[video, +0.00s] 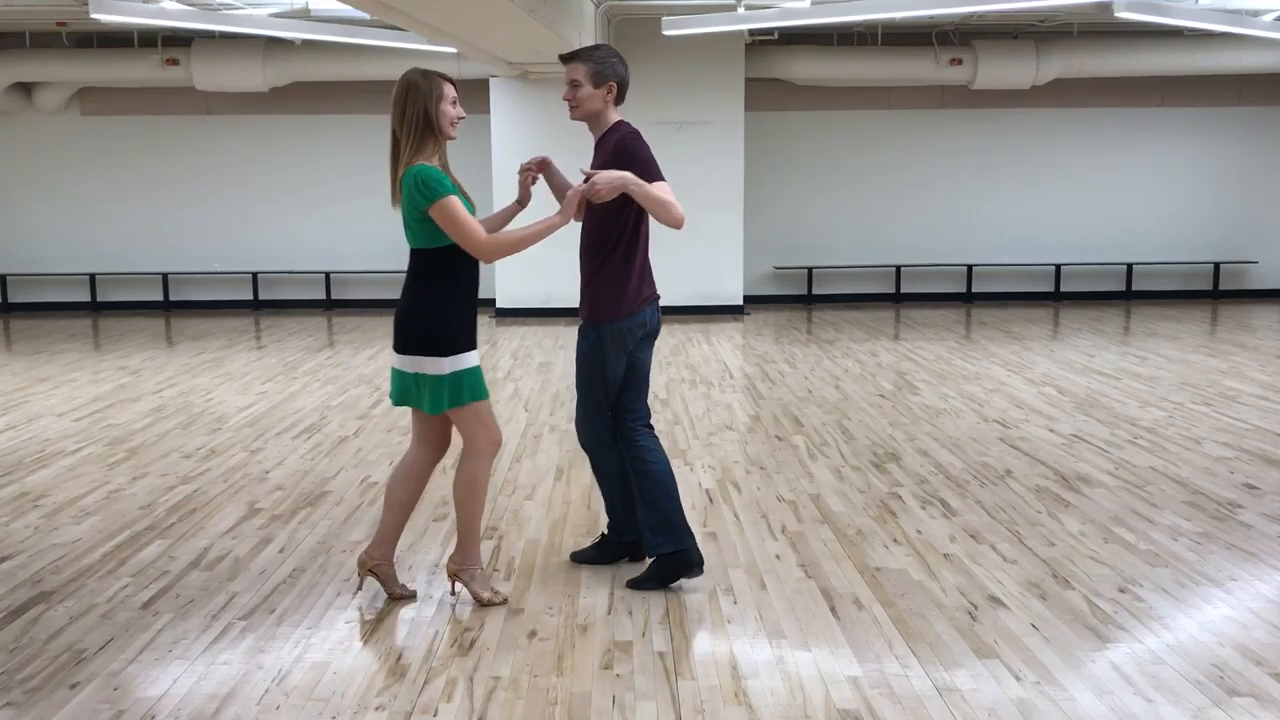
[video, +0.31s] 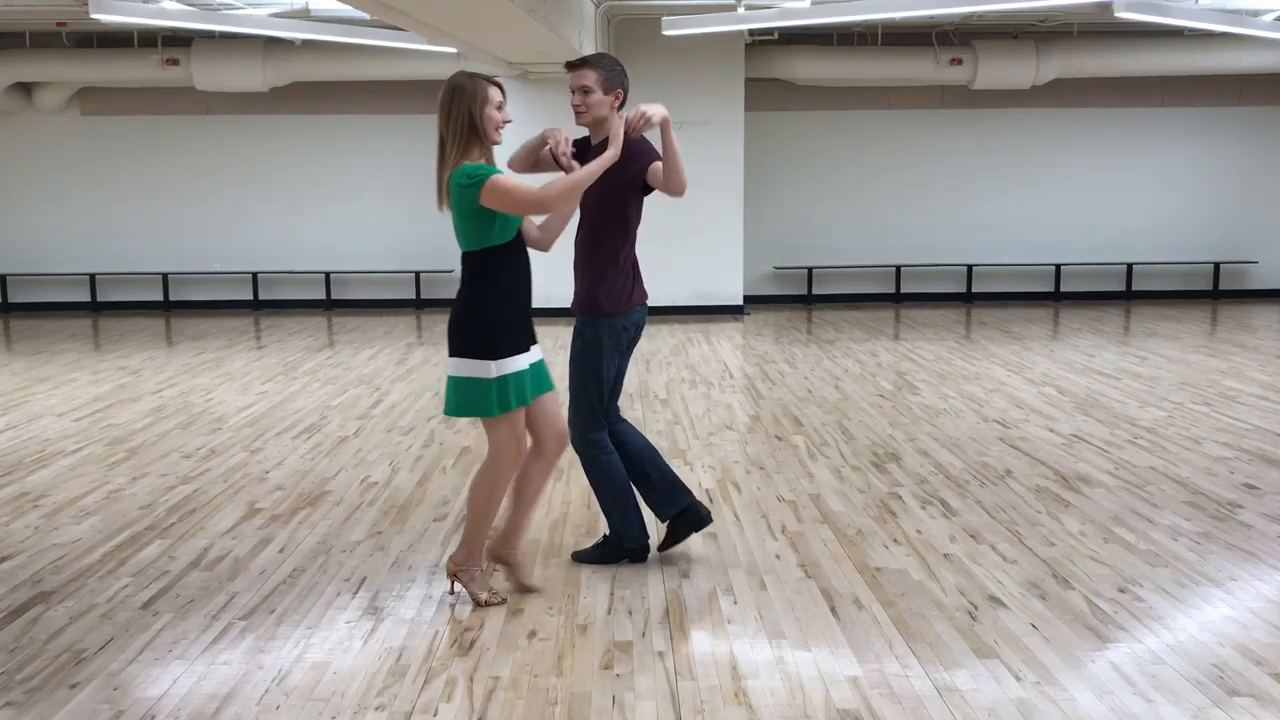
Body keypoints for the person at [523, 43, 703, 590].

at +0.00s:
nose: (567, 96)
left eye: (576, 87)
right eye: (566, 87)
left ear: (609, 90)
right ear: (598, 94)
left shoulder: (624, 143)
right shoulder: (608, 147)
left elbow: (674, 216)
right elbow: (581, 213)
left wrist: (629, 184)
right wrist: (550, 171)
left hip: (612, 314)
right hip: (632, 308)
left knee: (596, 428)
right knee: (632, 424)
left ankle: (627, 536)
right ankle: (676, 548)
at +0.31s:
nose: (575, 101)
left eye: (584, 92)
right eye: (572, 92)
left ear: (615, 96)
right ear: (575, 98)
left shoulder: (631, 147)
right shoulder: (583, 147)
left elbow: (675, 185)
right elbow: (519, 165)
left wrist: (665, 126)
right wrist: (544, 137)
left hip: (611, 309)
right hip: (603, 306)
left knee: (587, 427)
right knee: (601, 418)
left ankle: (628, 537)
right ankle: (682, 509)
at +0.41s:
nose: (578, 97)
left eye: (589, 88)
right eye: (574, 89)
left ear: (618, 91)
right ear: (572, 95)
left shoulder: (627, 145)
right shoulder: (575, 144)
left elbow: (678, 160)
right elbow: (517, 154)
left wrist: (664, 100)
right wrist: (554, 125)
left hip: (607, 303)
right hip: (605, 301)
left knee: (590, 423)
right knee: (597, 415)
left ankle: (628, 536)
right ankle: (669, 508)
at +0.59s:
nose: (593, 94)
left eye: (602, 86)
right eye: (583, 85)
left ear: (617, 91)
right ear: (567, 94)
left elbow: (678, 115)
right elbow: (561, 112)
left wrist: (658, 55)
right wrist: (609, 59)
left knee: (588, 417)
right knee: (591, 411)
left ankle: (628, 533)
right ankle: (647, 502)